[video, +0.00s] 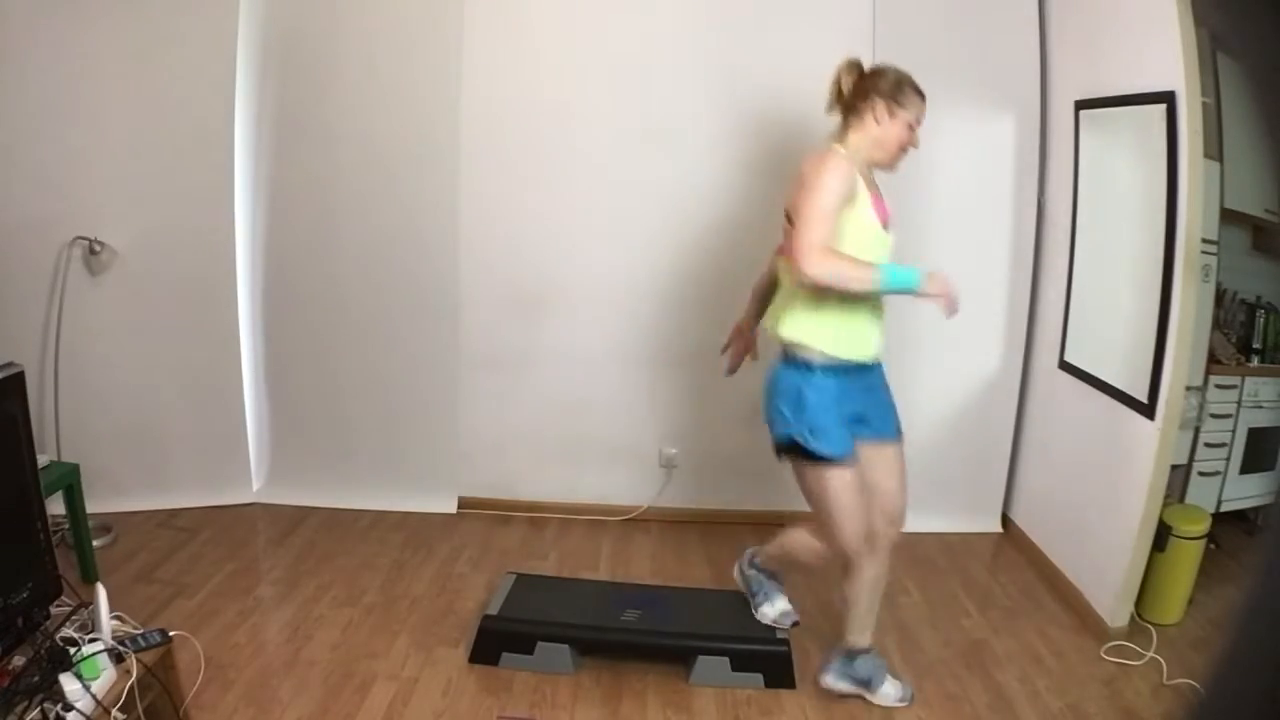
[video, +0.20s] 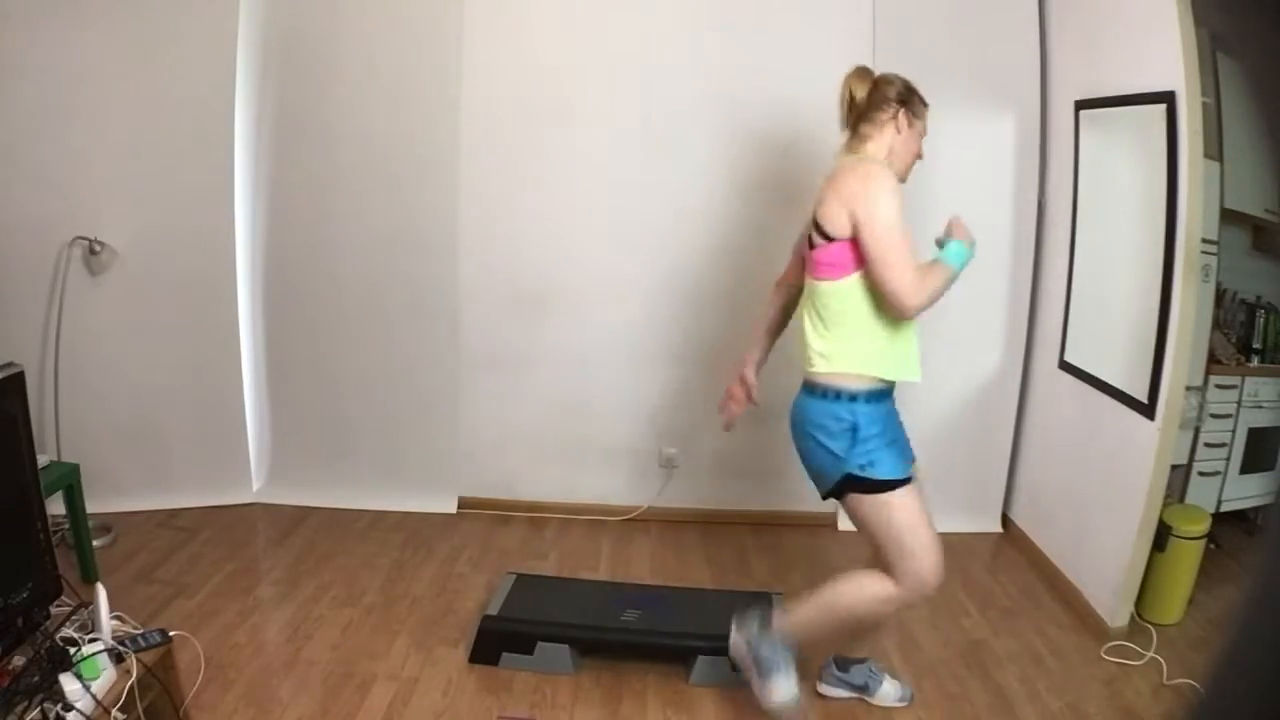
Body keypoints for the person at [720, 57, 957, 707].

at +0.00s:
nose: (914, 141)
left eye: (917, 128)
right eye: (910, 125)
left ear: (876, 118)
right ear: (876, 112)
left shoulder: (857, 178)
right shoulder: (827, 169)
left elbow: (785, 256)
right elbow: (810, 262)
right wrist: (915, 280)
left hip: (861, 371)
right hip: (809, 373)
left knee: (885, 524)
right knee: (843, 541)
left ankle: (853, 657)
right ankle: (758, 564)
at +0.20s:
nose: (920, 153)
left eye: (922, 139)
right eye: (920, 137)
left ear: (872, 125)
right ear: (895, 123)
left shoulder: (838, 185)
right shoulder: (870, 183)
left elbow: (790, 285)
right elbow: (905, 297)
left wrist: (752, 363)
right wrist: (955, 255)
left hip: (842, 407)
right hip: (852, 413)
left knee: (897, 551)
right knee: (918, 573)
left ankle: (847, 663)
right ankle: (773, 631)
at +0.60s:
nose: (768, 122)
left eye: (767, 112)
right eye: (770, 113)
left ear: (777, 109)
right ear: (838, 105)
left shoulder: (748, 179)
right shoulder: (893, 179)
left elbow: (703, 286)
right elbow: (937, 306)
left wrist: (674, 389)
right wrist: (879, 320)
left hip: (752, 426)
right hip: (838, 439)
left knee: (794, 587)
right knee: (827, 636)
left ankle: (796, 697)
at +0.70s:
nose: (731, 122)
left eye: (731, 110)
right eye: (731, 111)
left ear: (743, 105)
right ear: (800, 103)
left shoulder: (716, 173)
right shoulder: (865, 177)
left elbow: (674, 278)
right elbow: (905, 308)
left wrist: (649, 382)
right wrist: (873, 378)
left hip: (731, 420)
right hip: (825, 429)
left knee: (733, 564)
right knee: (825, 632)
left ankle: (714, 704)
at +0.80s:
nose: (686, 135)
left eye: (687, 122)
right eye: (685, 123)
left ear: (703, 117)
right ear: (758, 117)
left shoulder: (674, 192)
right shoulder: (824, 192)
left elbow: (638, 303)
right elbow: (867, 322)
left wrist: (621, 397)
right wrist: (861, 414)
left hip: (712, 433)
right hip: (808, 433)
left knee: (676, 566)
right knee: (820, 640)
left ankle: (644, 712)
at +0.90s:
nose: (635, 150)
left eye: (636, 138)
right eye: (637, 138)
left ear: (648, 136)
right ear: (708, 133)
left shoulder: (628, 212)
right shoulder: (770, 209)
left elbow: (593, 345)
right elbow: (819, 330)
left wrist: (583, 412)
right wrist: (842, 437)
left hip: (673, 454)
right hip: (766, 449)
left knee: (621, 601)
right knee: (787, 631)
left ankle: (618, 715)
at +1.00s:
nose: (591, 153)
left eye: (590, 144)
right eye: (591, 145)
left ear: (600, 142)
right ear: (662, 141)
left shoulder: (579, 219)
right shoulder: (721, 213)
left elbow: (533, 345)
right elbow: (786, 311)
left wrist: (574, 323)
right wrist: (834, 410)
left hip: (639, 451)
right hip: (726, 446)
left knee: (587, 593)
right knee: (715, 585)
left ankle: (605, 714)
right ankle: (784, 706)